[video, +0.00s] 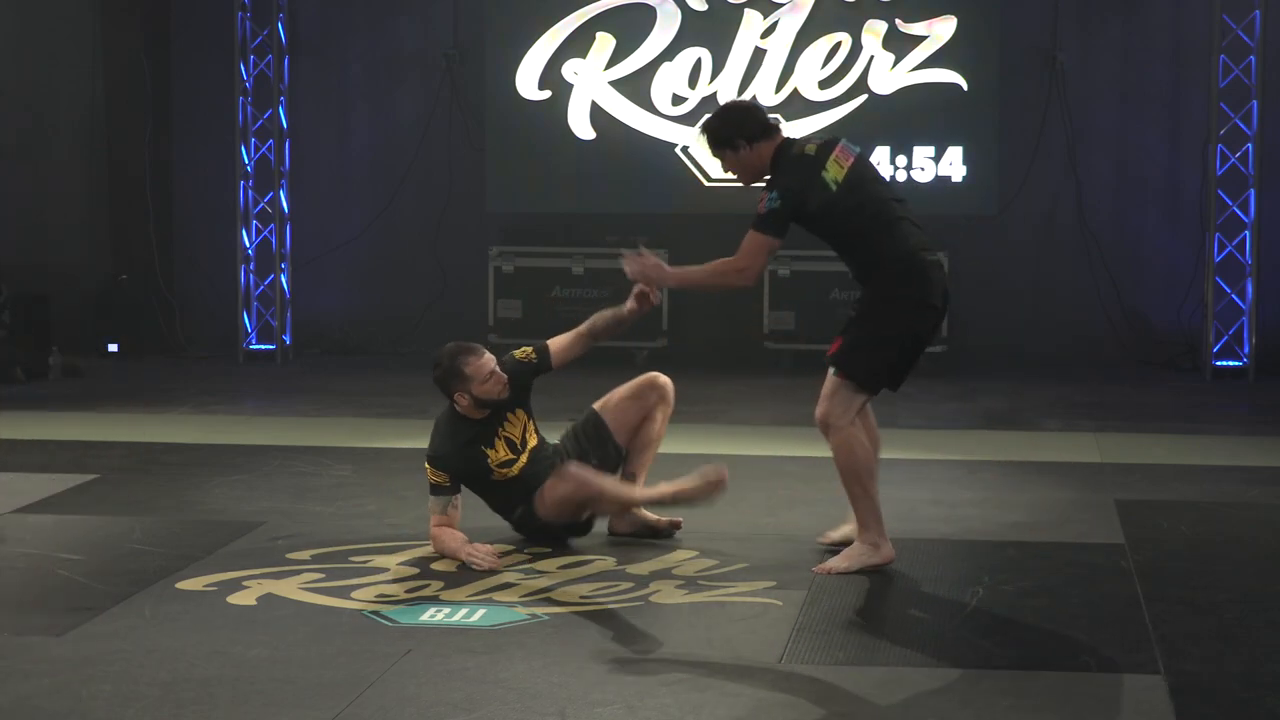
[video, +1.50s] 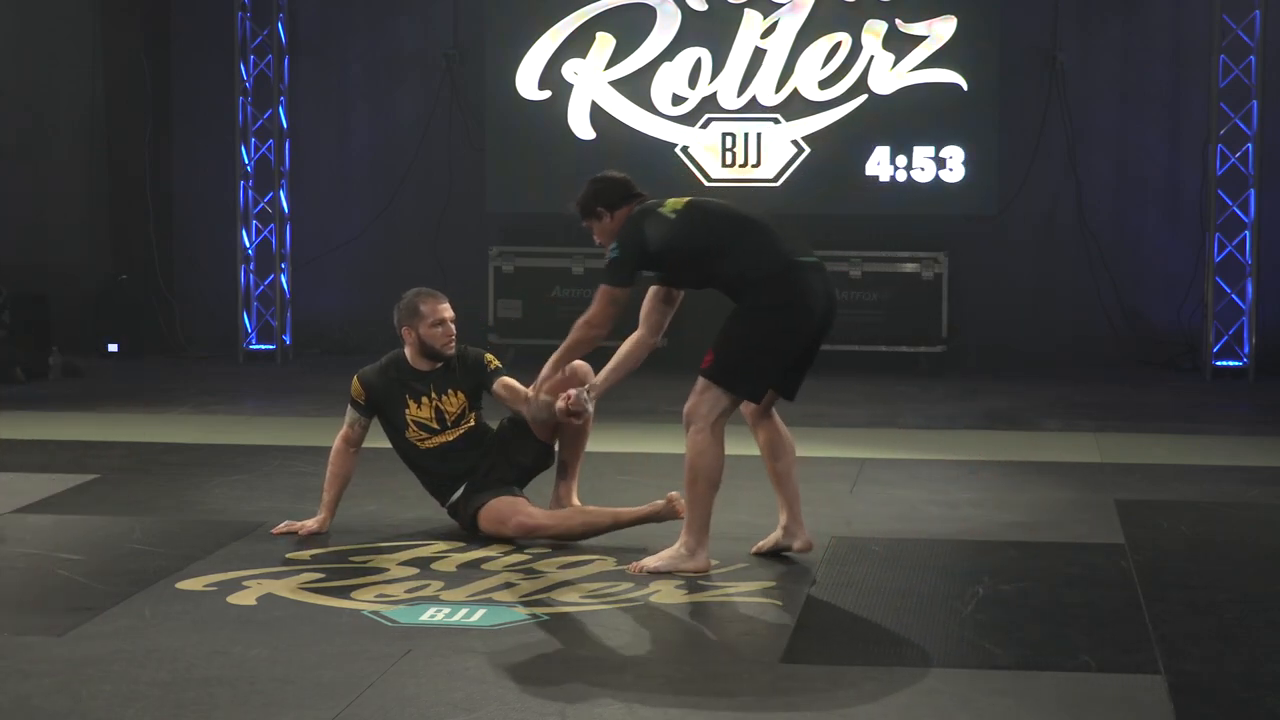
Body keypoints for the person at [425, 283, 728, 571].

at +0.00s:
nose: (503, 377)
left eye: (498, 367)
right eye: (490, 378)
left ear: (496, 360)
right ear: (462, 398)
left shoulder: (512, 370)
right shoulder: (447, 446)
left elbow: (584, 335)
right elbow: (441, 529)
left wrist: (627, 311)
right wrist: (465, 549)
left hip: (566, 462)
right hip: (537, 513)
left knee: (657, 387)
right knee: (574, 478)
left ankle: (626, 513)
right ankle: (673, 493)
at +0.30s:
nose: (521, 394)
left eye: (517, 382)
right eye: (508, 392)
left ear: (514, 371)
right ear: (476, 402)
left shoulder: (513, 372)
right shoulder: (442, 434)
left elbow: (591, 355)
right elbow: (434, 532)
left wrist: (613, 401)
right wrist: (465, 550)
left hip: (521, 455)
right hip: (483, 494)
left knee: (591, 388)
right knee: (492, 530)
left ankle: (626, 515)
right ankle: (599, 526)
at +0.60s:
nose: (490, 344)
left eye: (490, 333)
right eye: (478, 339)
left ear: (493, 330)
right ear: (446, 347)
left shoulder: (503, 363)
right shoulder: (425, 403)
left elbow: (572, 369)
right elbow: (398, 490)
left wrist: (616, 364)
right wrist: (423, 542)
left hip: (530, 462)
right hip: (491, 498)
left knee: (614, 393)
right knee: (497, 533)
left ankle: (661, 506)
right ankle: (597, 527)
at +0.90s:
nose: (477, 331)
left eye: (477, 322)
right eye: (465, 325)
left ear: (477, 325)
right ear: (434, 334)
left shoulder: (493, 361)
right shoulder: (399, 388)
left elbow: (562, 369)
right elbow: (360, 446)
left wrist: (614, 354)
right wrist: (326, 515)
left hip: (520, 463)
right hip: (480, 497)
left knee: (602, 387)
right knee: (489, 526)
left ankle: (644, 503)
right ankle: (589, 528)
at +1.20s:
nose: (462, 331)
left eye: (463, 321)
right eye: (450, 324)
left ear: (463, 324)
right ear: (419, 332)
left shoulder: (479, 361)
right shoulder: (383, 387)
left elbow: (551, 362)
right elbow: (354, 448)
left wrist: (563, 346)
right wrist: (324, 518)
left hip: (508, 462)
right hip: (473, 496)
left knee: (588, 380)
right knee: (492, 529)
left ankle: (566, 499)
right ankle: (592, 529)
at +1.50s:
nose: (453, 330)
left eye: (453, 321)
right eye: (442, 324)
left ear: (450, 322)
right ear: (410, 331)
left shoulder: (467, 358)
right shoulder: (374, 383)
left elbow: (525, 403)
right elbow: (348, 444)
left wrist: (561, 405)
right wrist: (323, 517)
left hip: (504, 449)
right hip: (468, 491)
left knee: (573, 374)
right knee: (525, 524)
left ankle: (568, 501)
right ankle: (658, 511)